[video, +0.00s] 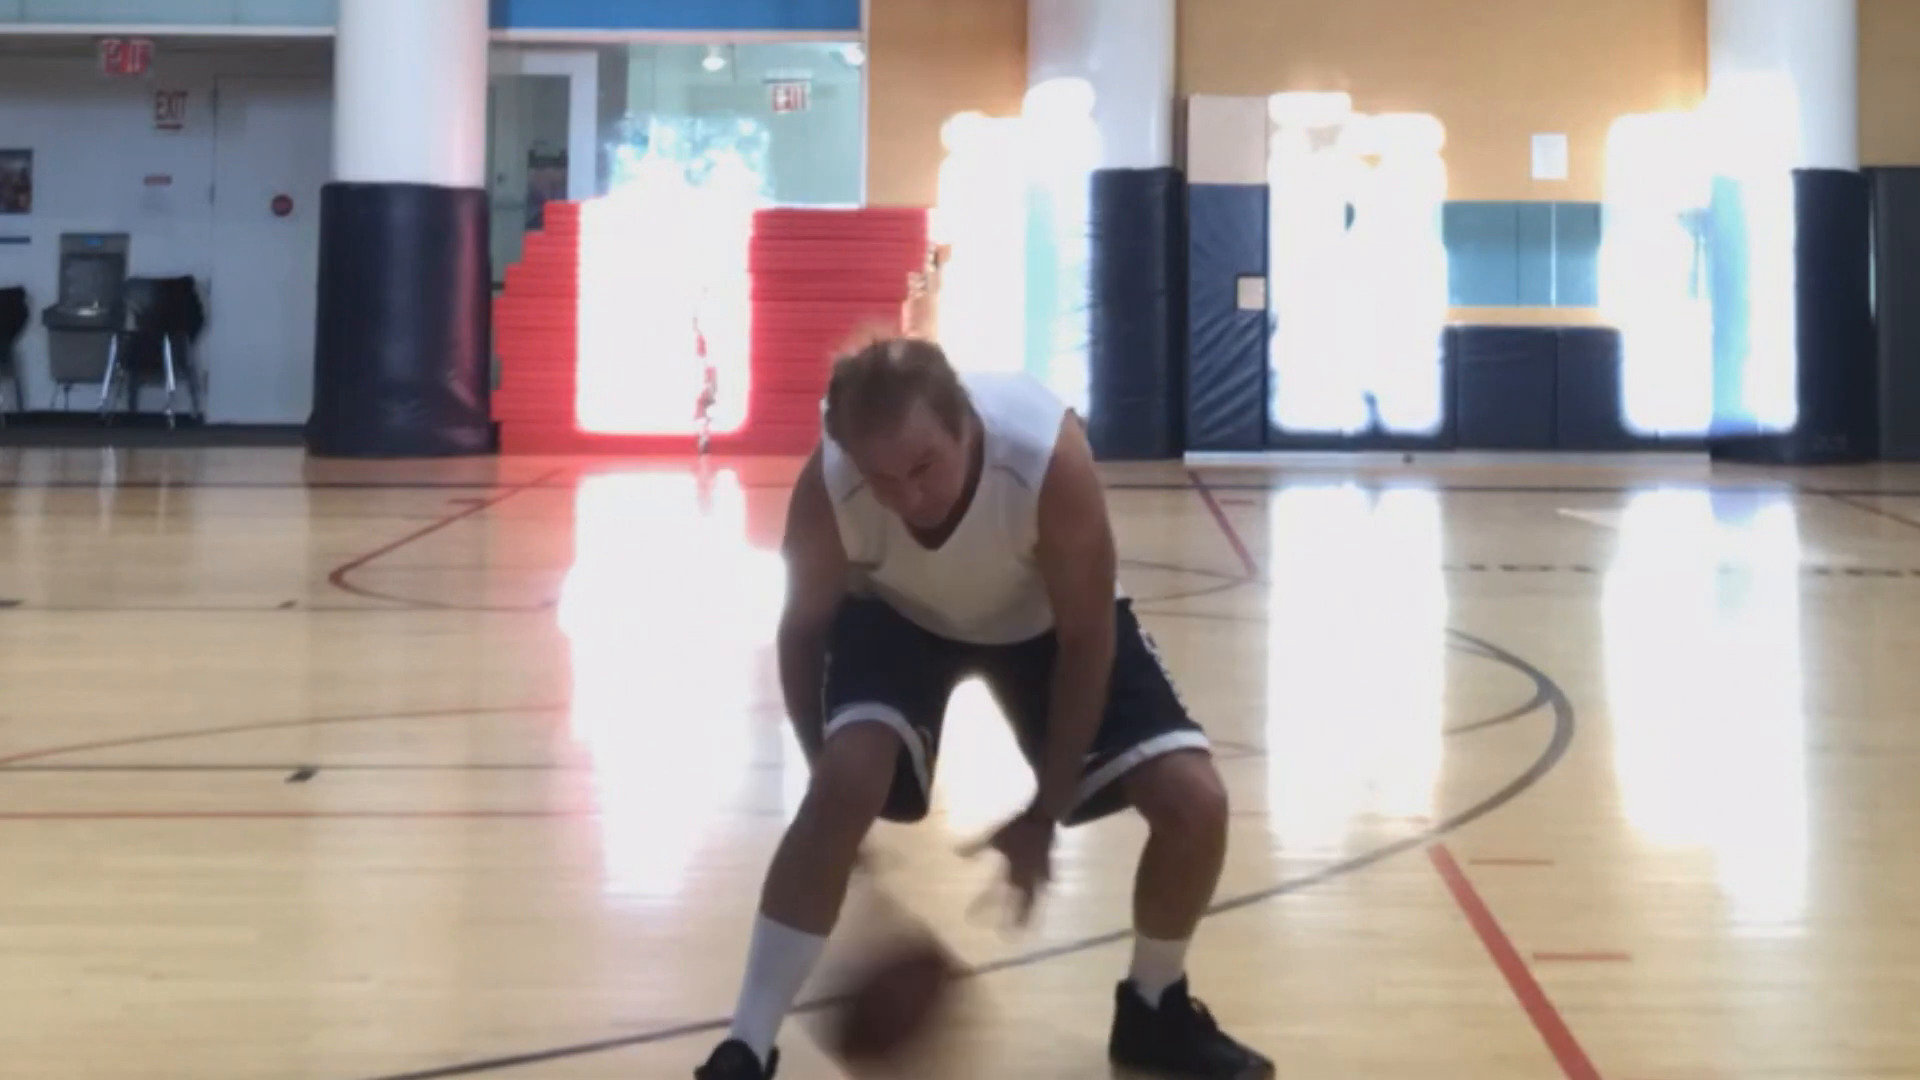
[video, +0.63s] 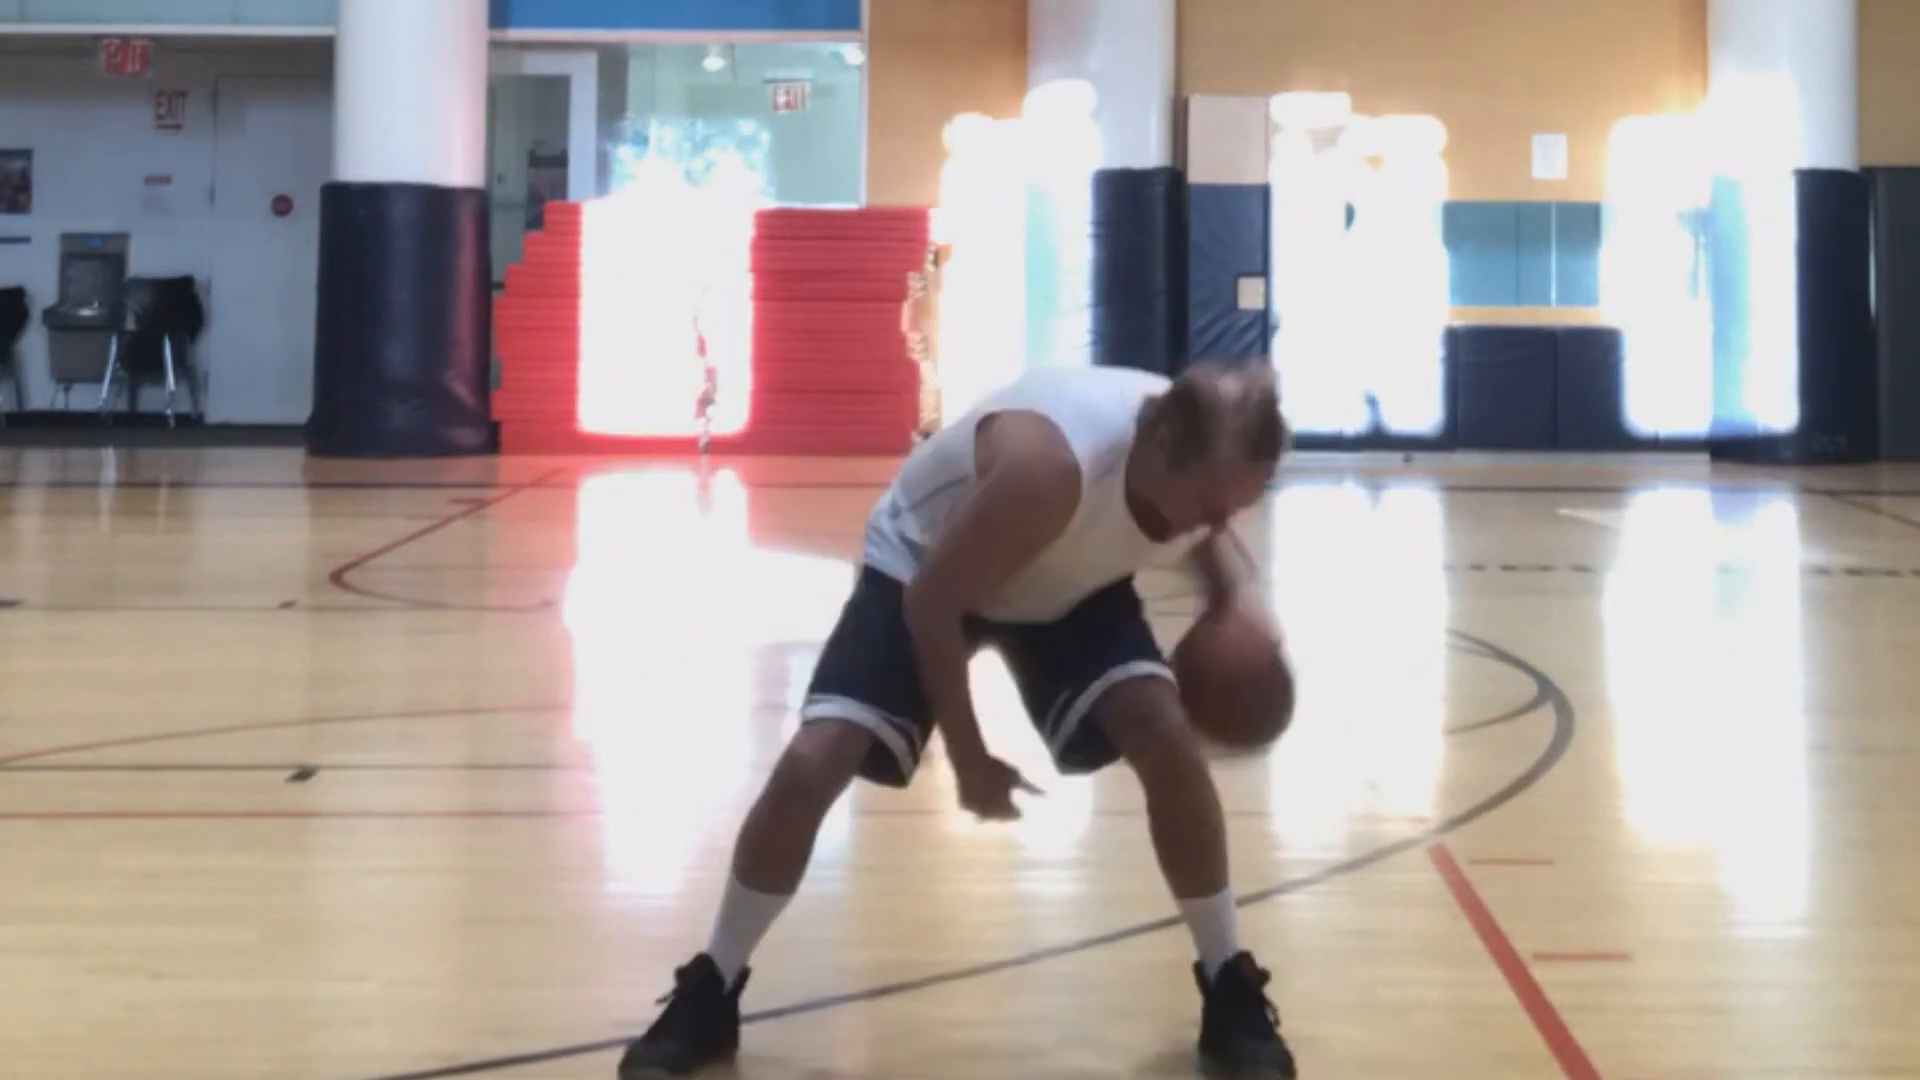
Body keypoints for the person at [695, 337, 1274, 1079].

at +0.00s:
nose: (904, 498)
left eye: (921, 471)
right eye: (877, 479)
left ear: (964, 427)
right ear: (848, 457)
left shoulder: (1049, 453)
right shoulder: (828, 487)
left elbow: (1087, 636)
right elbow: (804, 634)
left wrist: (1044, 813)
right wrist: (826, 774)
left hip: (1046, 613)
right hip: (897, 611)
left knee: (1194, 803)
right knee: (849, 776)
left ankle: (1153, 1009)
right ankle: (746, 1050)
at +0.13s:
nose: (1095, 498)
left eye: (1117, 480)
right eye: (1079, 476)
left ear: (1149, 443)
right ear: (1041, 418)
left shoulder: (1161, 452)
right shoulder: (941, 427)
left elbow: (1179, 602)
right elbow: (817, 582)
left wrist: (1191, 772)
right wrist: (786, 758)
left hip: (1020, 569)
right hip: (878, 566)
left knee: (1149, 743)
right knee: (842, 777)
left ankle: (1163, 1003)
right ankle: (748, 1048)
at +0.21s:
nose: (1290, 398)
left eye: (1302, 381)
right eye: (1282, 378)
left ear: (1310, 352)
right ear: (1220, 334)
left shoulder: (1258, 398)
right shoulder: (1111, 385)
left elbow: (1229, 547)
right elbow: (1059, 589)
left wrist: (1287, 693)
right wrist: (1186, 721)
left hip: (1091, 555)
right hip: (954, 543)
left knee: (1219, 728)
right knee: (924, 782)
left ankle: (1165, 1002)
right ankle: (785, 1042)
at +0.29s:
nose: (1044, 499)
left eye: (1061, 485)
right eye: (1025, 487)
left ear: (1095, 431)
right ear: (987, 440)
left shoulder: (1147, 422)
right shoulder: (921, 438)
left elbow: (1158, 580)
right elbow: (852, 615)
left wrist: (1132, 744)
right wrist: (844, 794)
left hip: (1083, 573)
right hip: (936, 579)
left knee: (1210, 750)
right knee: (911, 772)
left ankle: (1170, 1000)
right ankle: (782, 1043)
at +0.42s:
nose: (912, 425)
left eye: (931, 404)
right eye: (891, 409)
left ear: (961, 362)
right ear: (855, 373)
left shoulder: (1029, 391)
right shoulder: (821, 396)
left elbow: (1031, 565)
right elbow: (761, 543)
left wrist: (932, 692)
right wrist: (701, 673)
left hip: (1035, 533)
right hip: (885, 540)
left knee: (1115, 718)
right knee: (803, 725)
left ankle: (1204, 983)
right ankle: (740, 986)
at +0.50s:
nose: (1156, 512)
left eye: (1173, 496)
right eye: (1141, 494)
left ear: (1192, 465)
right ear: (1092, 446)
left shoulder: (1177, 478)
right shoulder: (991, 451)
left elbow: (1159, 605)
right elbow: (926, 624)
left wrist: (1143, 753)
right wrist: (965, 781)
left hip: (1067, 583)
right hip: (920, 564)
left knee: (1144, 727)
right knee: (800, 740)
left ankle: (1220, 985)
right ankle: (729, 986)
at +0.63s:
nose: (1218, 520)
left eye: (1235, 505)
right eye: (1208, 503)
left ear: (1251, 473)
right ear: (1162, 454)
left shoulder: (1201, 441)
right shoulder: (1041, 472)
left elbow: (1202, 516)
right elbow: (931, 600)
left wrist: (1235, 597)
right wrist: (970, 757)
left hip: (1073, 583)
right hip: (927, 568)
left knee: (1165, 738)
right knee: (813, 760)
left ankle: (1230, 990)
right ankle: (709, 990)